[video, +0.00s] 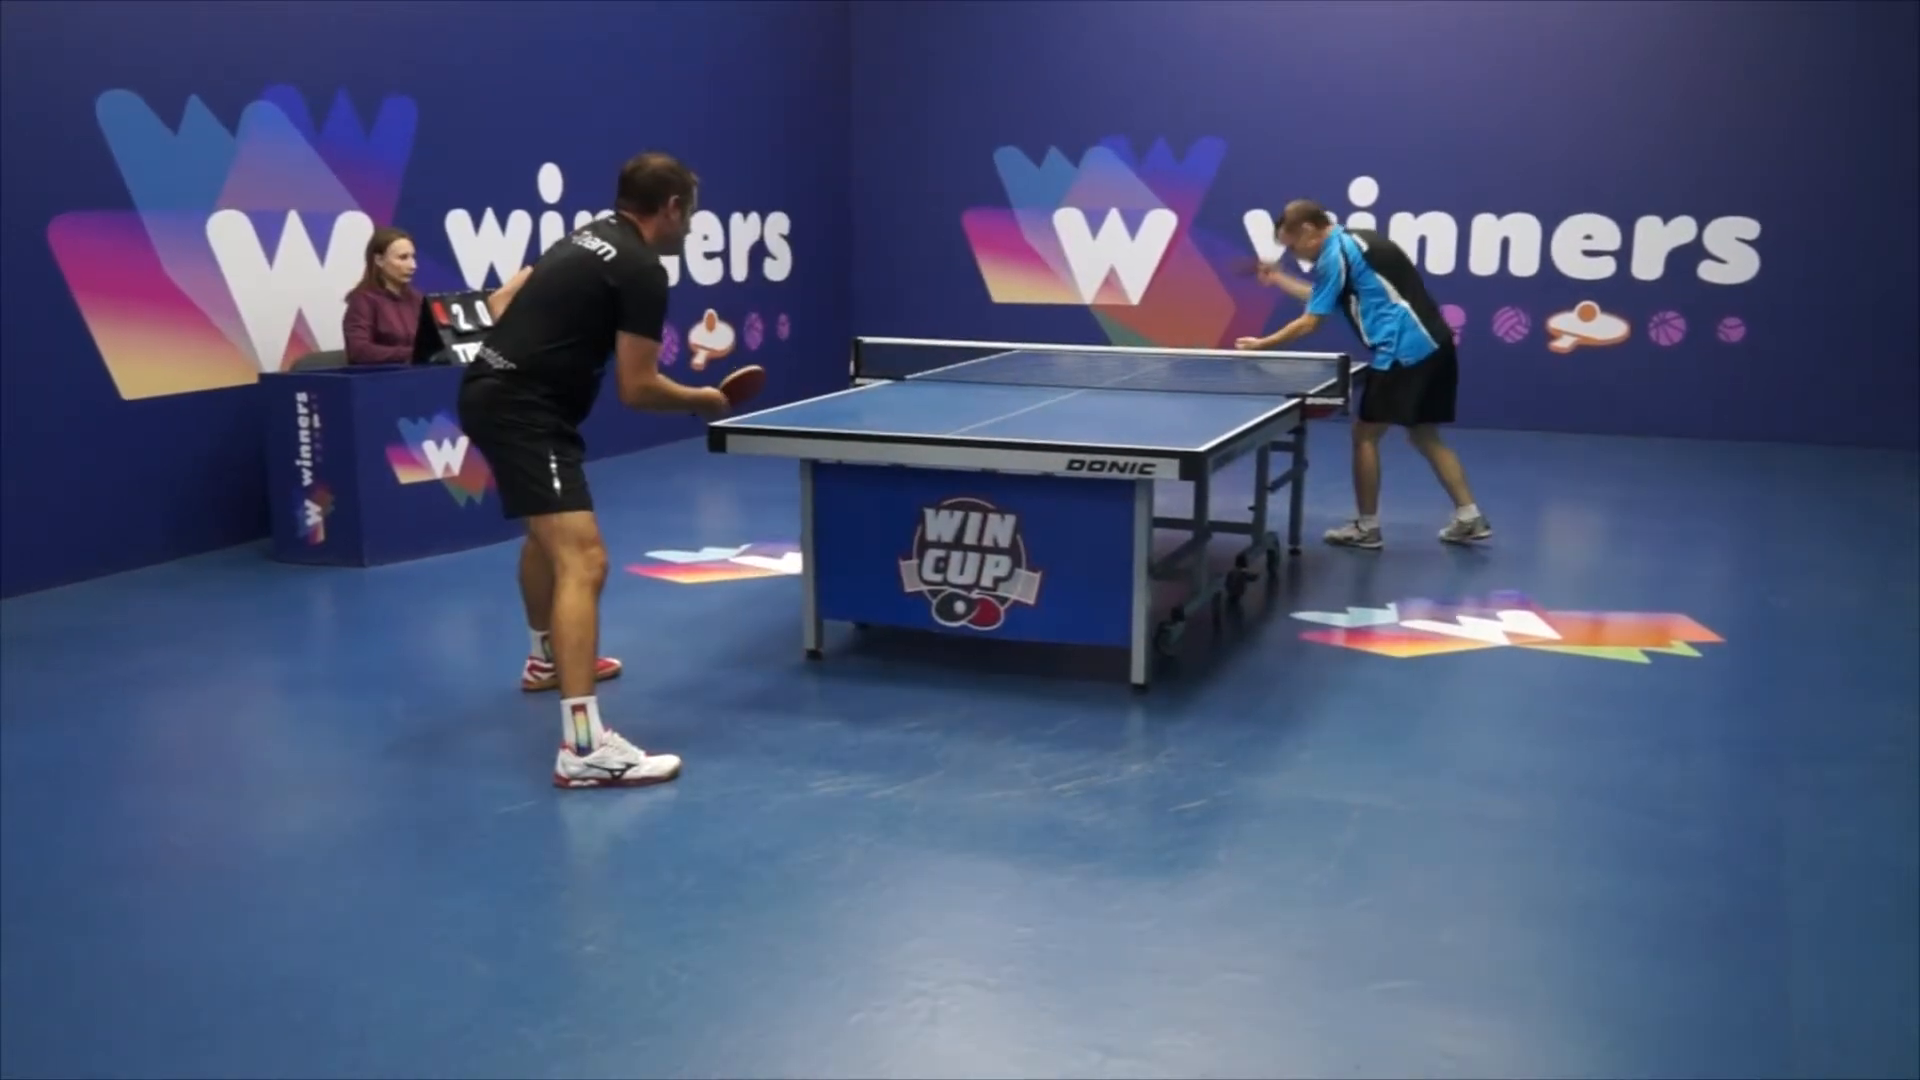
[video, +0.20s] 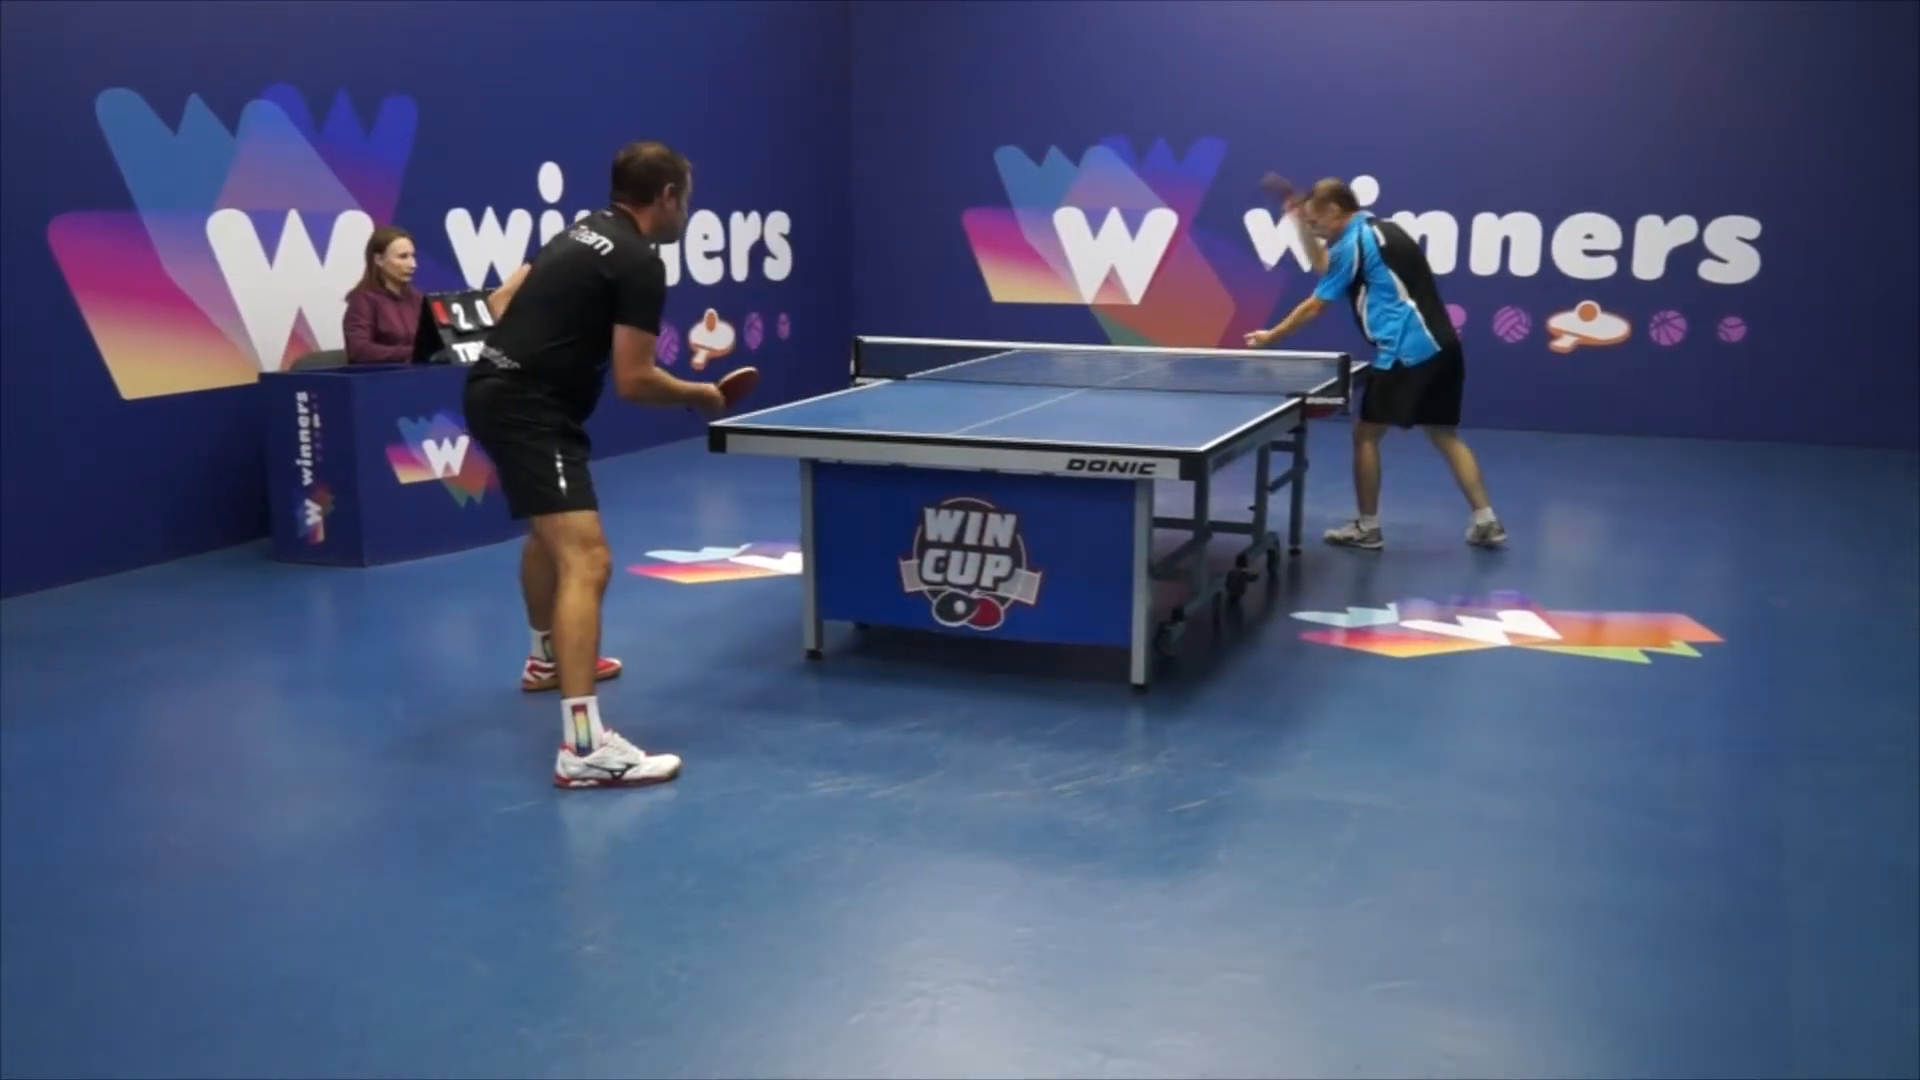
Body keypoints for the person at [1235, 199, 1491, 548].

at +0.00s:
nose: (1293, 253)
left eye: (1292, 245)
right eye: (1289, 247)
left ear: (1311, 230)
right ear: (1317, 228)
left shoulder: (1335, 253)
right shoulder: (1359, 240)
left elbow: (1310, 321)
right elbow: (1323, 297)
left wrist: (1261, 343)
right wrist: (1280, 279)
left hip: (1399, 352)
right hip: (1432, 347)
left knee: (1365, 434)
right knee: (1424, 434)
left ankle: (1367, 526)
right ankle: (1470, 516)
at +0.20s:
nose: (1314, 227)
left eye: (1317, 219)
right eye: (1312, 220)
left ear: (1338, 211)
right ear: (1344, 210)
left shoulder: (1353, 242)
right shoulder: (1384, 228)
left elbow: (1316, 305)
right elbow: (1325, 267)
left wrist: (1270, 336)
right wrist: (1304, 223)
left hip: (1403, 353)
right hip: (1442, 348)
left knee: (1366, 434)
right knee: (1444, 433)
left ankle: (1367, 525)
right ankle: (1486, 518)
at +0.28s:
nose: (1323, 216)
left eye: (1327, 208)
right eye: (1321, 209)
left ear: (1348, 205)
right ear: (1359, 202)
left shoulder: (1360, 238)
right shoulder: (1399, 224)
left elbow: (1315, 290)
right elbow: (1332, 260)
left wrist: (1270, 314)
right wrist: (1323, 204)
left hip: (1403, 358)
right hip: (1445, 351)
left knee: (1366, 435)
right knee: (1451, 435)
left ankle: (1367, 525)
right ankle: (1486, 521)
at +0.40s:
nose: (1346, 197)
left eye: (1350, 191)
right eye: (1345, 190)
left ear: (1370, 195)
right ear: (1383, 195)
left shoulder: (1375, 229)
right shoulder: (1417, 222)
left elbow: (1320, 253)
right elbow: (1353, 239)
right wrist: (1351, 182)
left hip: (1403, 357)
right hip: (1446, 352)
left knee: (1366, 436)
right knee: (1457, 439)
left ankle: (1367, 525)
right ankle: (1488, 525)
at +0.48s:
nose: (1360, 182)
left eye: (1367, 176)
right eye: (1362, 175)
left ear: (1386, 185)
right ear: (1398, 185)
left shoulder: (1382, 221)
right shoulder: (1432, 219)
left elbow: (1316, 219)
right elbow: (1397, 194)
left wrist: (1276, 192)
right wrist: (1378, 161)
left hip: (1403, 355)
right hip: (1450, 352)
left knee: (1367, 436)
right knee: (1460, 439)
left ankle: (1366, 525)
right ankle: (1489, 525)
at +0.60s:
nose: (1378, 179)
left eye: (1385, 173)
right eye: (1381, 172)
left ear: (1409, 181)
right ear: (1419, 184)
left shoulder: (1398, 215)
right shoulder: (1448, 219)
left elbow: (1333, 204)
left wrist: (1291, 177)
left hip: (1409, 352)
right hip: (1453, 351)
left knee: (1370, 435)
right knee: (1463, 438)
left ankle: (1366, 526)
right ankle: (1489, 526)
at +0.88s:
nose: (1398, 175)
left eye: (1406, 169)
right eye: (1402, 168)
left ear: (1424, 179)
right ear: (1436, 182)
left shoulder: (1402, 216)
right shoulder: (1471, 225)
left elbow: (1337, 229)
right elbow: (1491, 281)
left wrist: (1291, 218)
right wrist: (1475, 311)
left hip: (1412, 349)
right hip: (1460, 349)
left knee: (1373, 434)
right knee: (1467, 438)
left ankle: (1361, 526)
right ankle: (1489, 527)